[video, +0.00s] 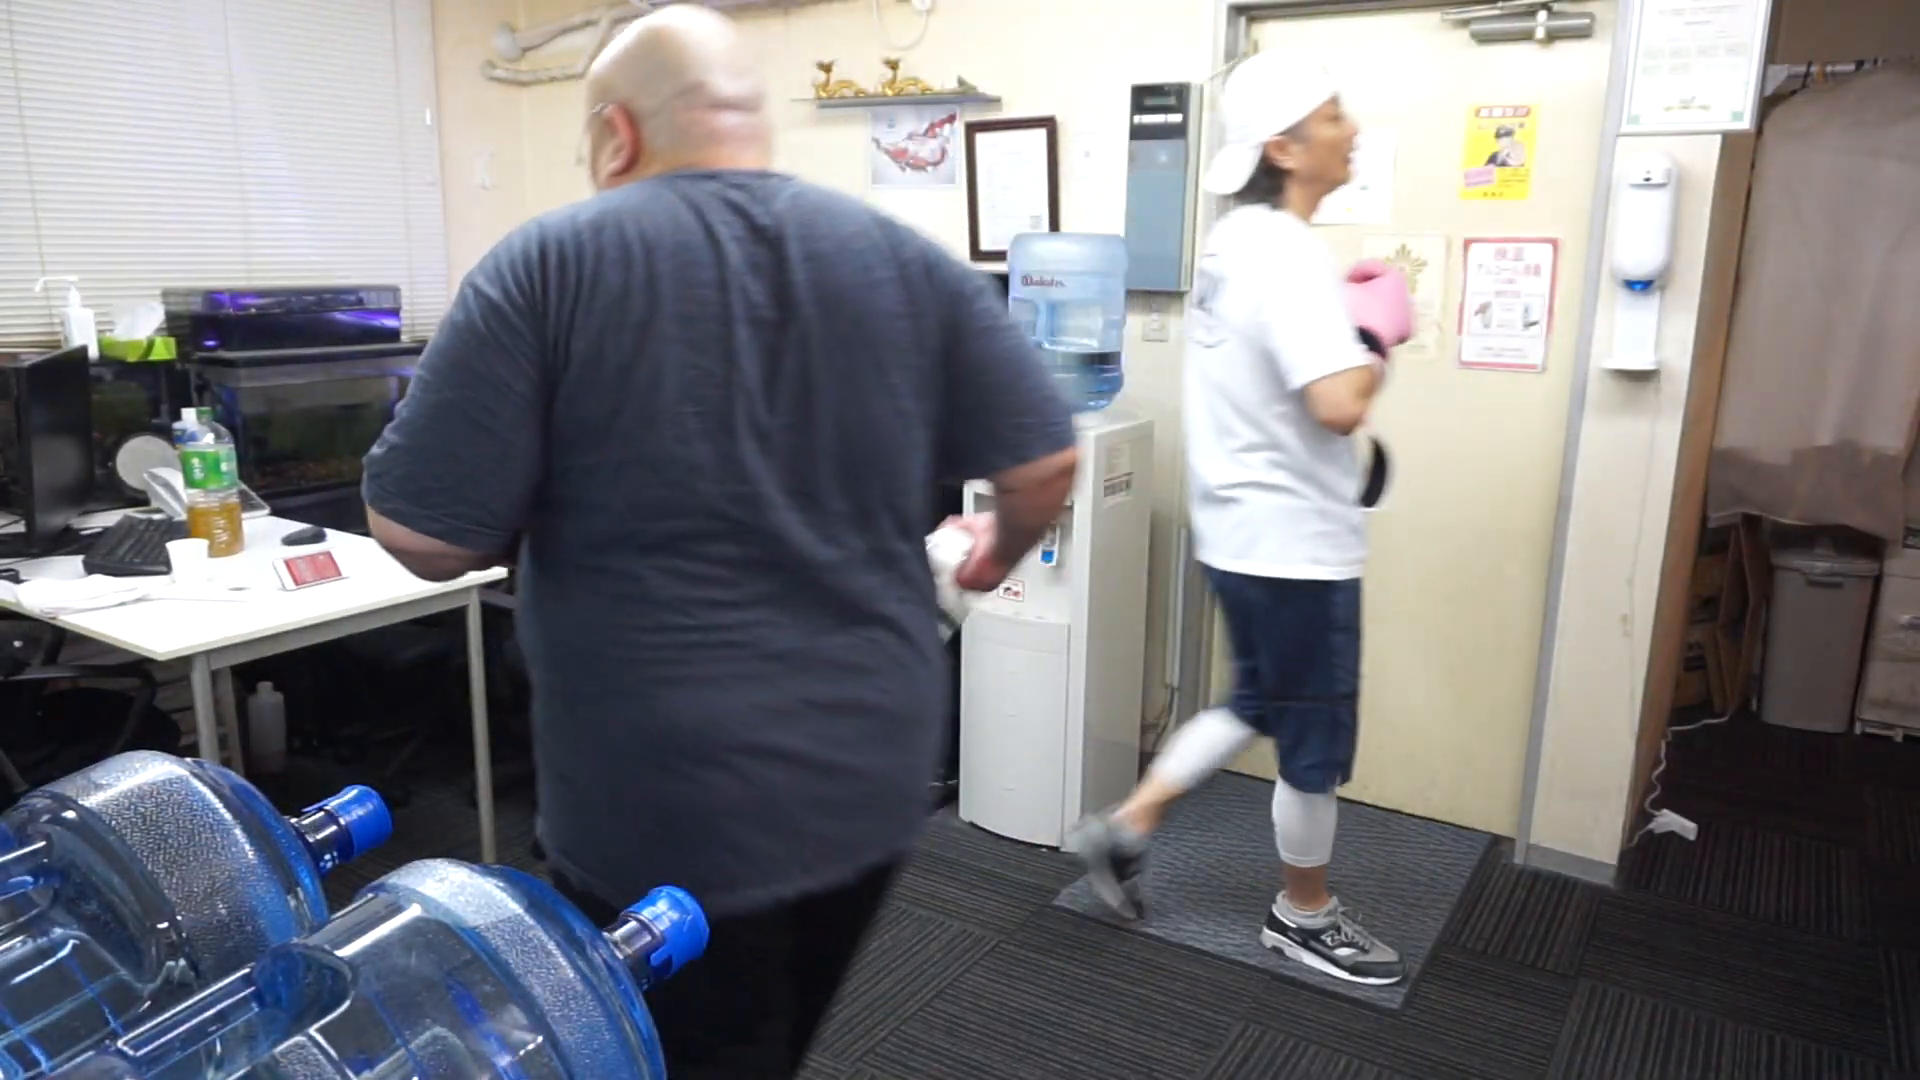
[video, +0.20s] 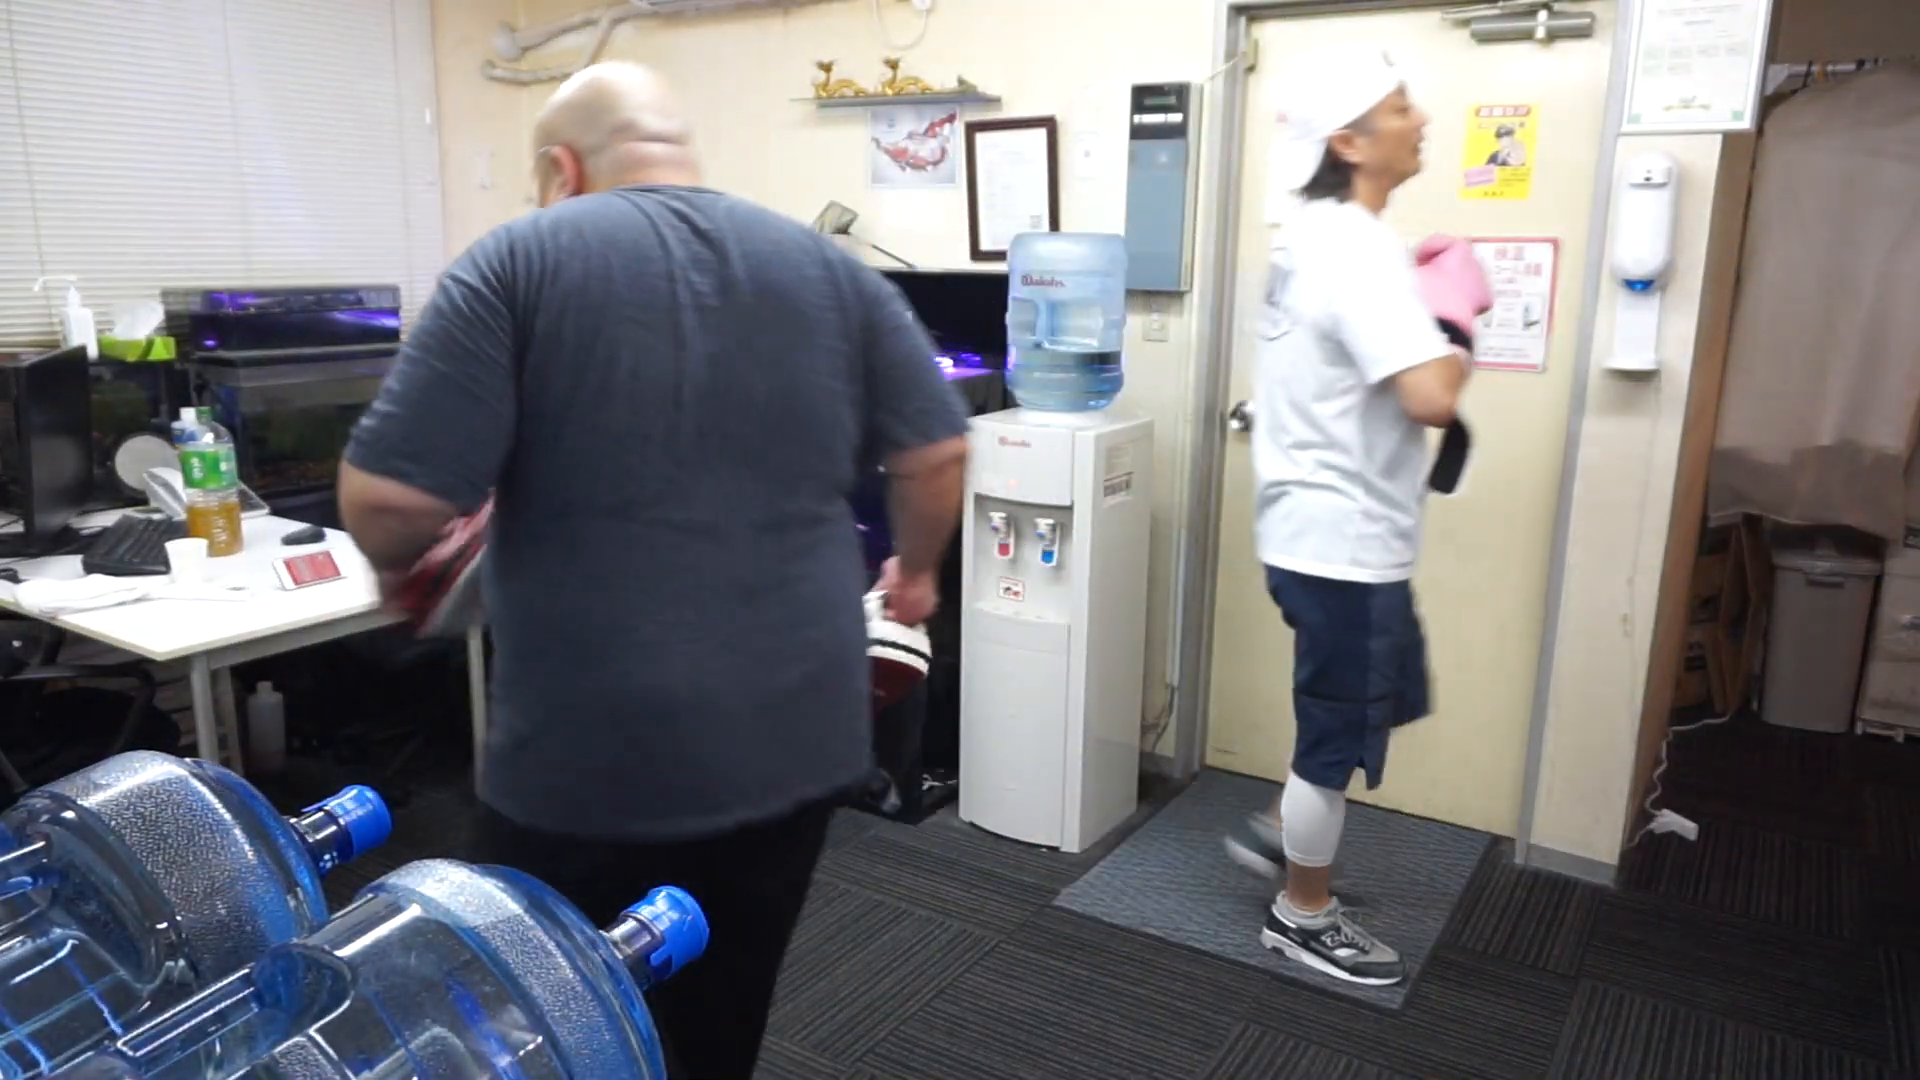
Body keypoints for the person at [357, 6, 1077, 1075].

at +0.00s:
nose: (588, 161)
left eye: (592, 136)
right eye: (590, 136)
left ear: (620, 135)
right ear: (757, 122)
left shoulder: (553, 265)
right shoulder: (900, 257)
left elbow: (419, 534)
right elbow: (1045, 466)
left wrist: (536, 511)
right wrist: (998, 553)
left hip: (647, 794)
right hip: (865, 778)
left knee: (658, 1057)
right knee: (777, 1051)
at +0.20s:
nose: (538, 202)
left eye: (537, 182)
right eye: (540, 184)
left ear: (564, 166)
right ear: (684, 153)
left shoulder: (518, 262)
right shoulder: (824, 263)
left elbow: (384, 496)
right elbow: (937, 450)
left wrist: (412, 561)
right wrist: (917, 569)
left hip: (584, 747)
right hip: (791, 741)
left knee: (540, 1019)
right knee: (720, 1035)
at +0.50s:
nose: (428, 239)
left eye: (426, 231)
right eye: (431, 233)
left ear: (448, 220)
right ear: (560, 197)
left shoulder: (417, 286)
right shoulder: (690, 270)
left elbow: (294, 462)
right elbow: (825, 413)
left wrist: (278, 556)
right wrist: (835, 518)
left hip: (503, 696)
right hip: (693, 688)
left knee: (483, 943)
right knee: (694, 951)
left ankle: (485, 1071)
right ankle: (691, 1075)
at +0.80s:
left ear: (329, 294)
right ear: (431, 264)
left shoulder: (289, 337)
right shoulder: (548, 289)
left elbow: (175, 493)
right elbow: (682, 386)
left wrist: (232, 591)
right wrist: (741, 517)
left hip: (402, 653)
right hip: (585, 626)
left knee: (421, 901)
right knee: (637, 889)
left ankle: (426, 1062)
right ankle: (664, 1061)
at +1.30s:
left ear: (296, 307)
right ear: (393, 277)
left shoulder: (248, 346)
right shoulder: (486, 287)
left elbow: (139, 486)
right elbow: (617, 343)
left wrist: (225, 580)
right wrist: (691, 473)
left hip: (321, 616)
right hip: (499, 581)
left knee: (388, 861)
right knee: (536, 852)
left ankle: (415, 1039)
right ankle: (531, 1038)